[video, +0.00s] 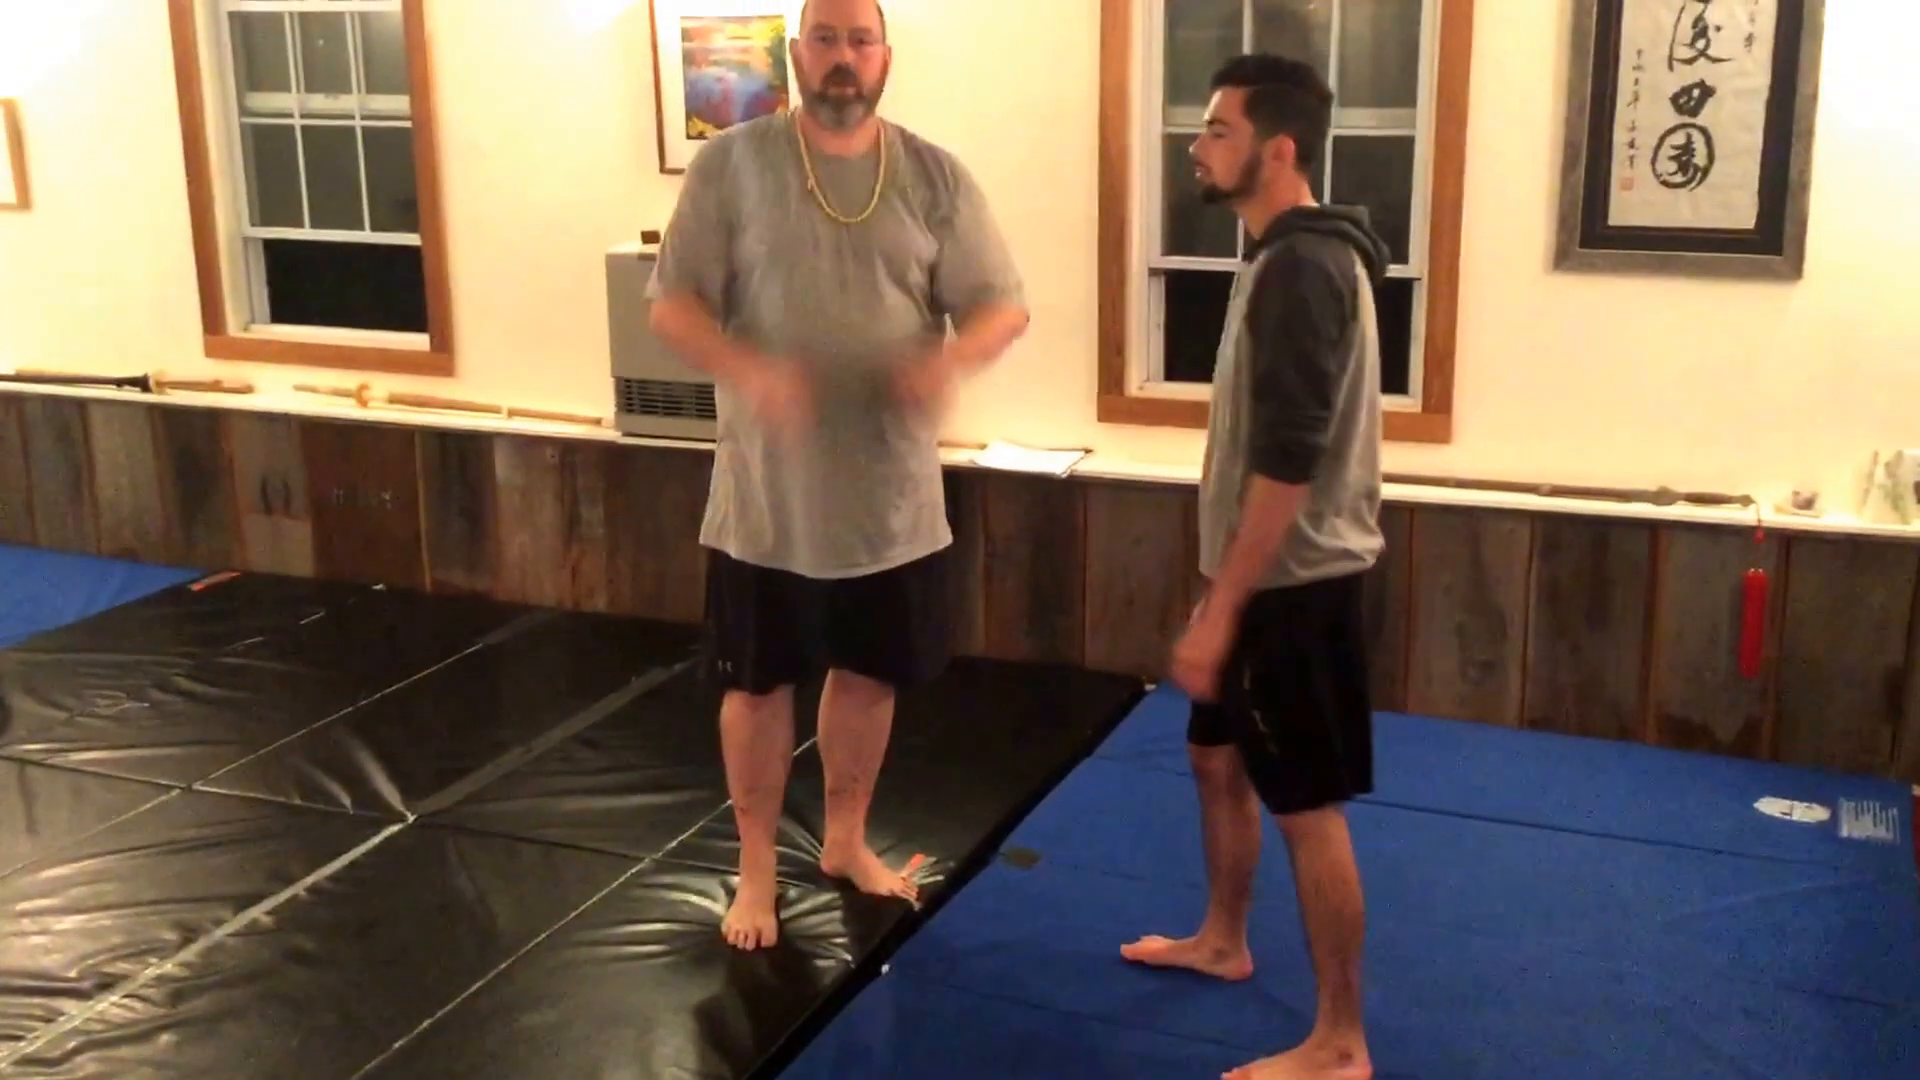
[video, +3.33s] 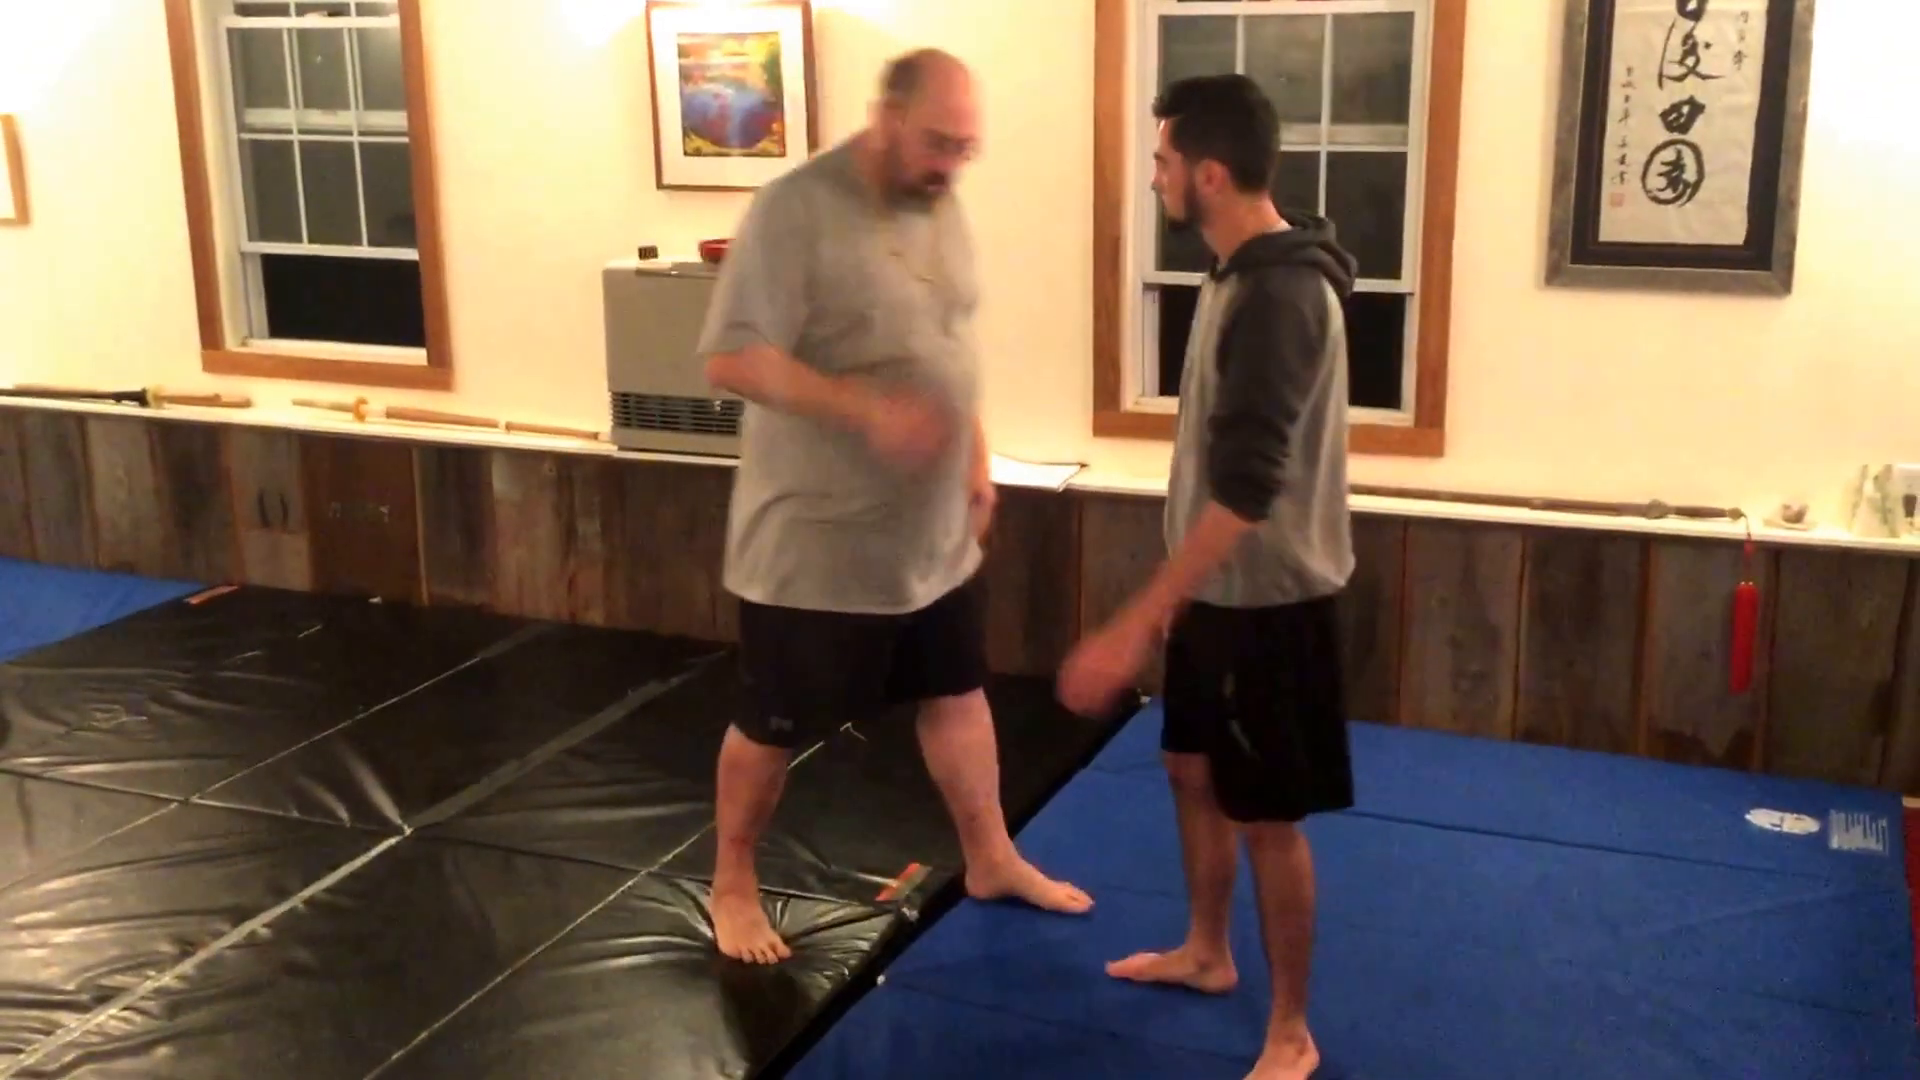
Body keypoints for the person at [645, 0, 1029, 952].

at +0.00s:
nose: (838, 56)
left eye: (857, 38)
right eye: (821, 36)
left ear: (887, 52)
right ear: (794, 48)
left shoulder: (937, 179)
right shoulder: (728, 166)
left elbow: (1002, 308)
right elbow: (671, 303)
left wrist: (947, 359)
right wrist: (751, 371)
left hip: (887, 492)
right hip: (763, 492)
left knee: (870, 674)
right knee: (757, 684)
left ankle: (847, 846)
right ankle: (755, 871)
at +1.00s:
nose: (872, 80)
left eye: (883, 62)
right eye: (851, 63)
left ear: (897, 70)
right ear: (803, 71)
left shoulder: (934, 188)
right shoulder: (745, 178)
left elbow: (985, 333)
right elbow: (689, 285)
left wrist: (1032, 458)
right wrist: (806, 240)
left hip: (903, 499)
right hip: (778, 499)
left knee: (873, 687)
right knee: (765, 699)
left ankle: (844, 861)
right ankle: (754, 882)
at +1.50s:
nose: (864, 87)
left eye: (877, 68)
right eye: (841, 70)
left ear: (894, 74)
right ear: (800, 79)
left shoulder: (929, 189)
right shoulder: (746, 183)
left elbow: (974, 331)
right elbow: (705, 305)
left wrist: (1020, 442)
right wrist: (844, 269)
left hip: (904, 499)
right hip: (780, 501)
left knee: (873, 691)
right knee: (767, 703)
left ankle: (844, 863)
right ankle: (754, 889)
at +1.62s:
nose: (859, 85)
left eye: (874, 67)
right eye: (839, 68)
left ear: (896, 76)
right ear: (804, 77)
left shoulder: (933, 190)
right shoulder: (747, 189)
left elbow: (972, 336)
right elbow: (689, 337)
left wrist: (1015, 449)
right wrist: (778, 396)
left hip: (903, 506)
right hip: (781, 509)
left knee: (873, 691)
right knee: (766, 705)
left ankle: (845, 864)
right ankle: (754, 891)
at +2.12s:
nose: (849, 89)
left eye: (867, 70)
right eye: (829, 71)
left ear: (896, 79)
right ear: (803, 80)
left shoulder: (949, 198)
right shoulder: (745, 192)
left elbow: (1000, 342)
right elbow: (689, 338)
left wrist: (1036, 460)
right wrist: (650, 471)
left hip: (907, 511)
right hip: (776, 508)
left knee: (879, 694)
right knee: (756, 703)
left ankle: (846, 863)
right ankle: (745, 881)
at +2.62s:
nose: (833, 121)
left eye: (847, 101)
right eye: (812, 102)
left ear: (862, 96)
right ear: (767, 96)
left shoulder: (893, 191)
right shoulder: (692, 200)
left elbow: (944, 330)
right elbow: (639, 347)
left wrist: (989, 448)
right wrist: (733, 369)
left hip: (874, 513)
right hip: (747, 518)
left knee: (874, 697)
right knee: (736, 719)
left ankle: (845, 860)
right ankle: (733, 895)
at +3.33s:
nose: (952, 166)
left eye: (964, 148)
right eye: (939, 143)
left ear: (969, 141)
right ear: (884, 117)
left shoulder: (942, 211)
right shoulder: (794, 207)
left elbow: (951, 353)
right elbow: (733, 357)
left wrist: (977, 459)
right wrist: (868, 409)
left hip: (926, 515)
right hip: (807, 525)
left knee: (954, 692)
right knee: (770, 718)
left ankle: (992, 861)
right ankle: (733, 884)